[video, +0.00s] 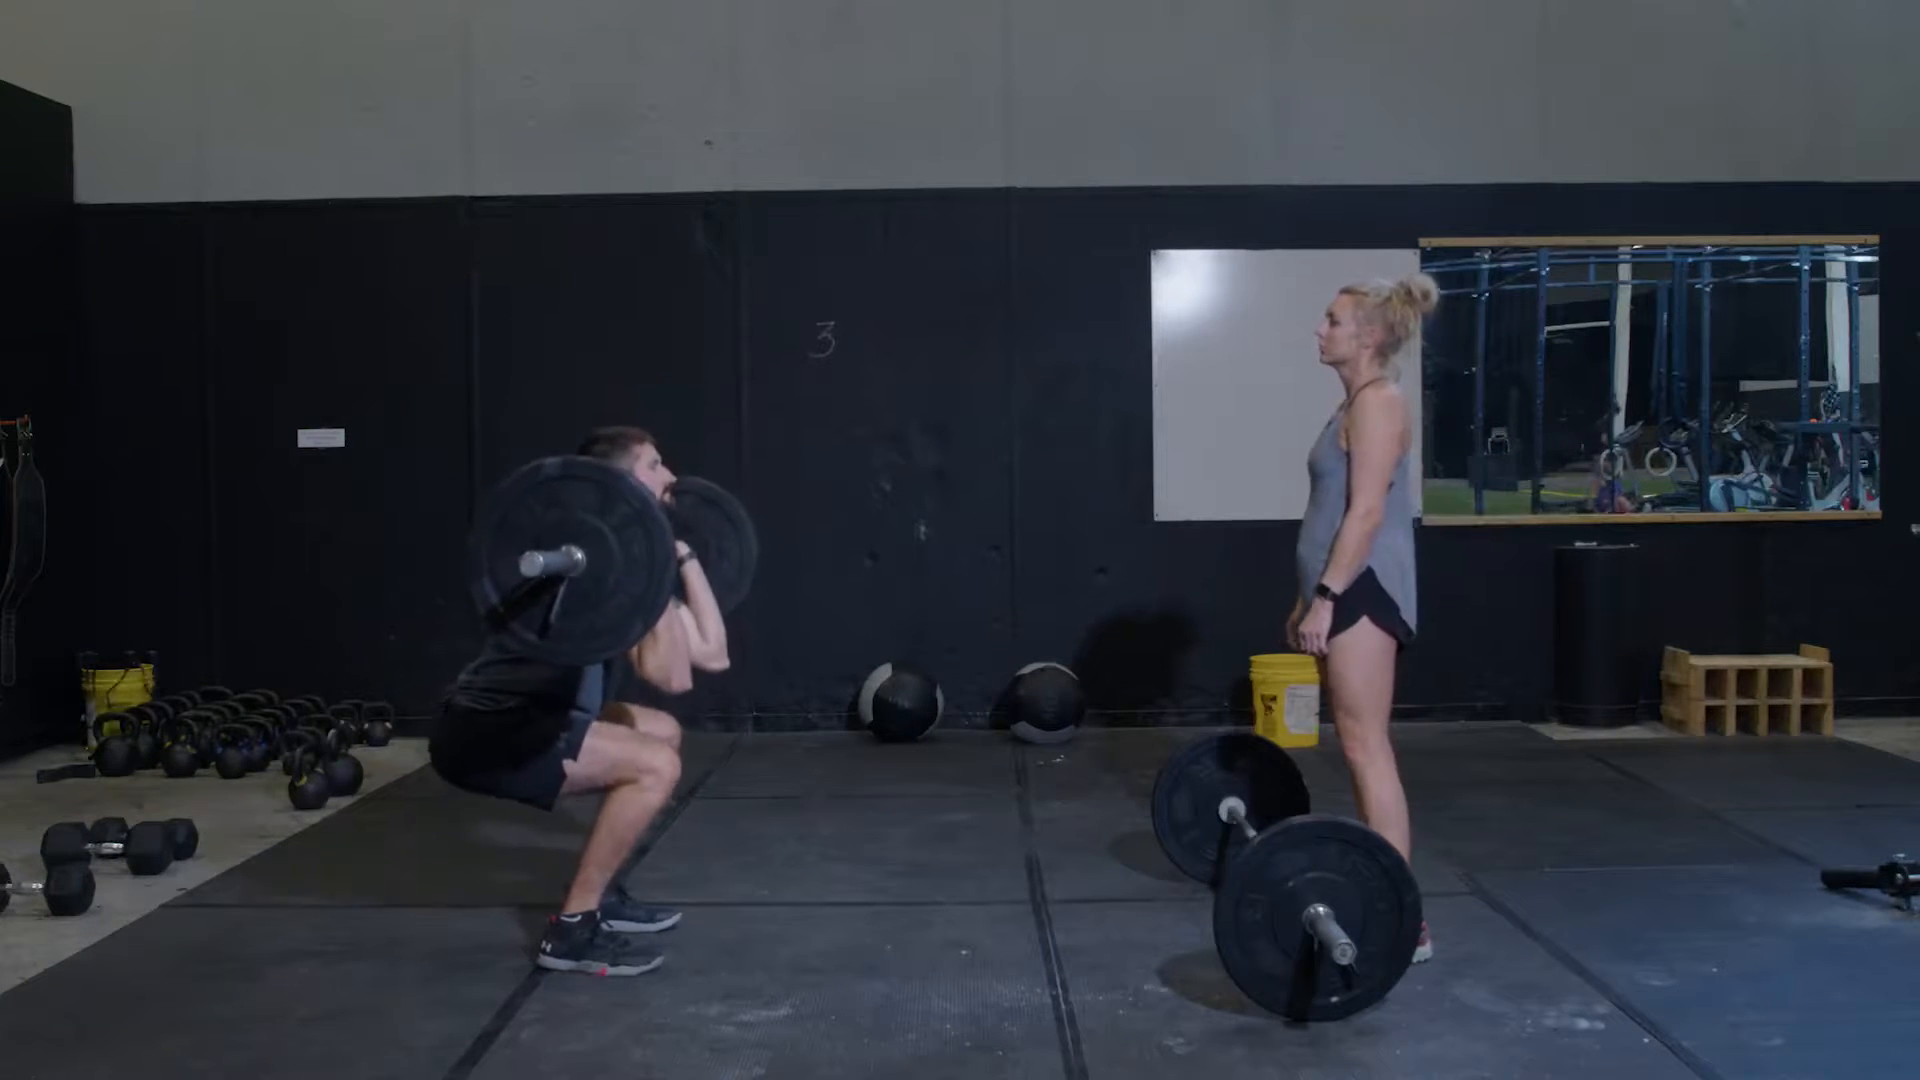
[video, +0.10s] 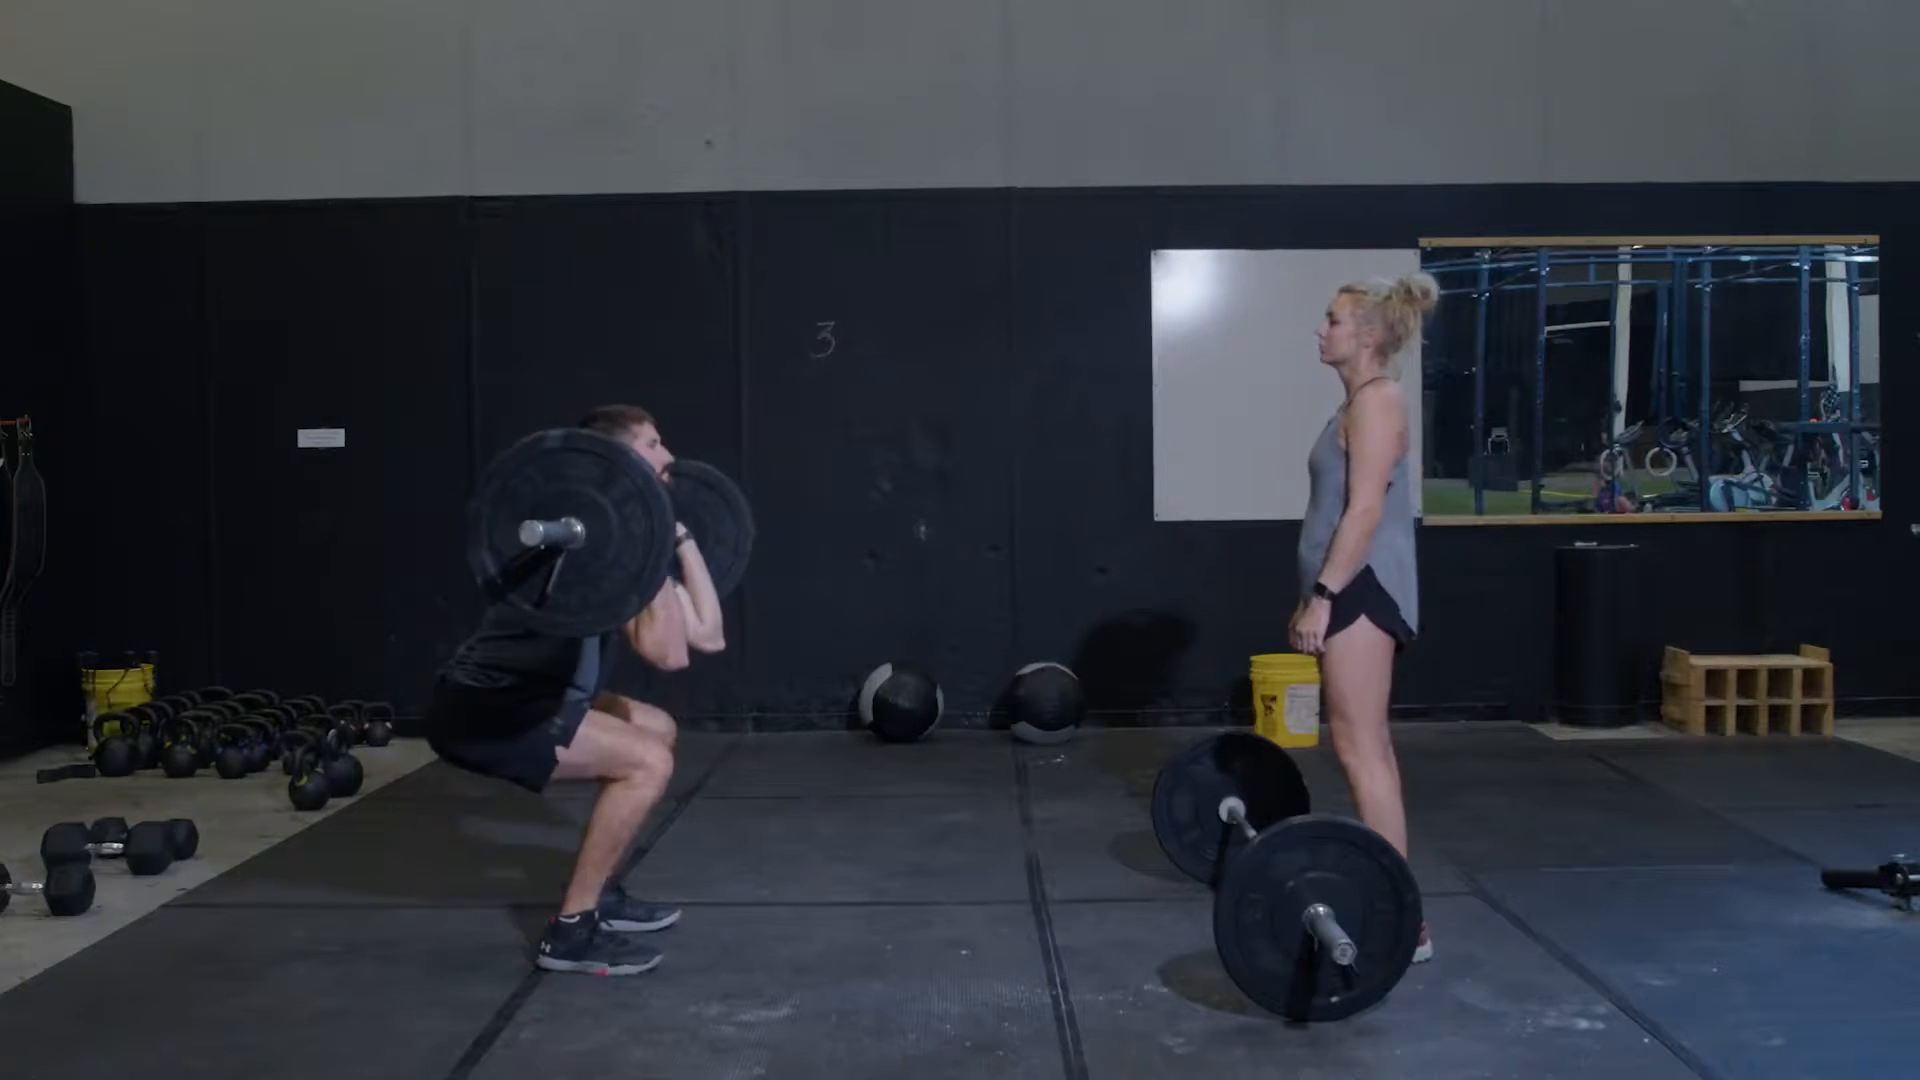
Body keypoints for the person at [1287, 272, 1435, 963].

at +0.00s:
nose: (1321, 330)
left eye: (1334, 322)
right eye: (1325, 320)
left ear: (1370, 335)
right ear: (1358, 337)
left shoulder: (1378, 402)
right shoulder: (1356, 403)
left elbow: (1366, 512)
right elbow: (1339, 514)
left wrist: (1326, 596)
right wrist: (1310, 595)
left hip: (1366, 590)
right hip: (1346, 590)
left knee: (1366, 746)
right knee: (1357, 743)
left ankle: (1398, 912)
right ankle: (1383, 903)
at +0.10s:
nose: (1322, 330)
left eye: (1334, 321)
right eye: (1326, 319)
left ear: (1369, 334)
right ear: (1360, 336)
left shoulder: (1376, 401)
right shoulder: (1360, 402)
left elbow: (1365, 509)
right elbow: (1351, 511)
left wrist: (1323, 595)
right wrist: (1316, 594)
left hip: (1365, 591)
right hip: (1352, 590)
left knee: (1361, 750)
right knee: (1362, 747)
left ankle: (1396, 915)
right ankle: (1388, 908)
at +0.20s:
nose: (1321, 330)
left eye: (1334, 321)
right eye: (1325, 319)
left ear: (1369, 333)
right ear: (1360, 335)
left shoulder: (1376, 401)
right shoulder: (1363, 402)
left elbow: (1365, 509)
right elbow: (1356, 511)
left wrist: (1321, 593)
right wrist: (1321, 593)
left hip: (1363, 591)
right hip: (1358, 589)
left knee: (1351, 751)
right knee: (1371, 750)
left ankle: (1391, 914)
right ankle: (1391, 908)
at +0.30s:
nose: (1319, 335)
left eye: (1331, 324)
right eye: (1322, 324)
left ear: (1370, 335)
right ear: (1358, 338)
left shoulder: (1381, 402)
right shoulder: (1360, 404)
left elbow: (1367, 510)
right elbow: (1353, 512)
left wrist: (1321, 594)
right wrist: (1320, 593)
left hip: (1367, 592)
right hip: (1350, 591)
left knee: (1362, 750)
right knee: (1348, 747)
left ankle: (1399, 917)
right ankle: (1383, 909)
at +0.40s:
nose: (1313, 347)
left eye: (1323, 335)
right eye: (1313, 335)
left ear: (1363, 337)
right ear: (1356, 341)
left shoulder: (1382, 403)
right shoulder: (1359, 406)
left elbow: (1371, 512)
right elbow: (1353, 513)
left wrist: (1325, 595)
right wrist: (1320, 594)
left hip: (1374, 590)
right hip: (1353, 588)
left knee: (1370, 749)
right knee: (1355, 745)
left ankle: (1401, 917)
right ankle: (1385, 905)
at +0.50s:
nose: (1299, 359)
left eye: (1305, 345)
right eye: (1296, 348)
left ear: (1345, 338)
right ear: (1332, 343)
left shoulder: (1379, 402)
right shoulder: (1352, 410)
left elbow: (1369, 512)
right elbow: (1342, 521)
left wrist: (1331, 599)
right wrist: (1312, 607)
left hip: (1387, 586)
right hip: (1357, 587)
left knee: (1378, 750)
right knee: (1348, 744)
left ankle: (1404, 919)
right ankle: (1369, 901)